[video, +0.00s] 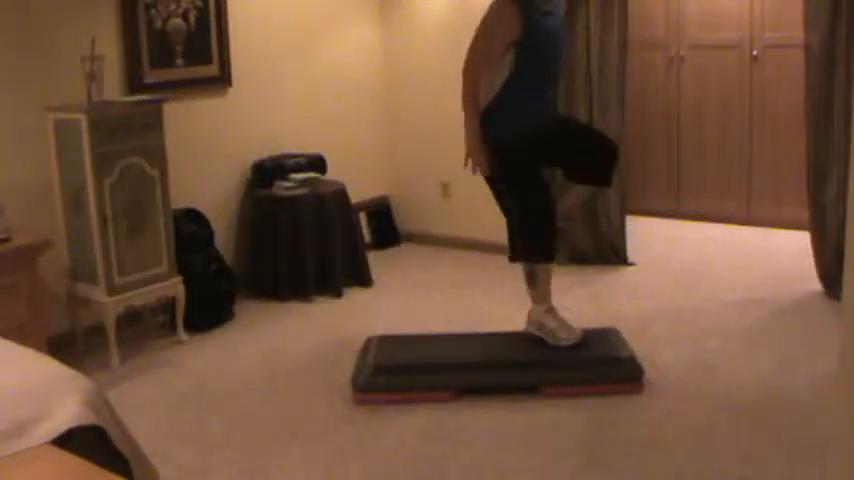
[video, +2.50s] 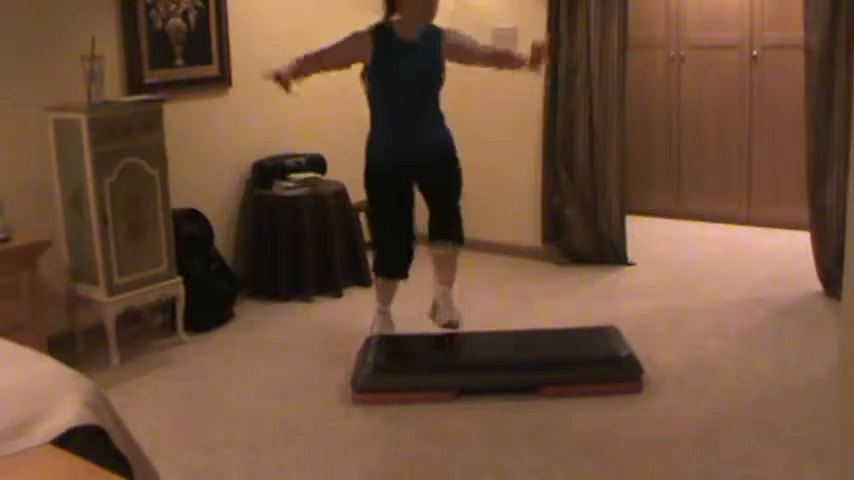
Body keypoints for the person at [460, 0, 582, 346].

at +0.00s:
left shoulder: (555, 10)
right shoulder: (509, 9)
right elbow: (472, 68)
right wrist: (474, 139)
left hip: (539, 122)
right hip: (502, 131)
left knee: (601, 154)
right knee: (536, 209)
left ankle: (557, 213)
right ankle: (541, 312)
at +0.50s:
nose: (533, 6)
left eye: (538, 2)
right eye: (526, 3)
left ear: (546, 2)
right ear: (514, 3)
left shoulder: (567, 28)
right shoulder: (497, 31)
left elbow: (623, 24)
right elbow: (445, 32)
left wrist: (667, 6)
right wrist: (406, 13)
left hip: (551, 142)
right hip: (505, 142)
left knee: (553, 219)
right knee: (526, 212)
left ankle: (550, 304)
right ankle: (535, 306)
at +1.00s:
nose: (452, 10)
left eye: (459, 3)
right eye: (446, 4)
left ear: (473, 6)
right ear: (439, 7)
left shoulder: (494, 44)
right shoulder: (430, 49)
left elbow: (535, 82)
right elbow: (422, 97)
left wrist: (542, 136)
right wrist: (421, 142)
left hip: (496, 158)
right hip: (451, 160)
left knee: (508, 243)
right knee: (454, 241)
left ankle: (538, 293)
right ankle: (465, 313)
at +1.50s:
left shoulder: (448, 24)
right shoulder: (388, 26)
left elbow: (499, 47)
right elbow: (338, 39)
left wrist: (477, 31)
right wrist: (287, 35)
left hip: (450, 148)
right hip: (411, 149)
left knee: (406, 229)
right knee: (423, 228)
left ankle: (413, 319)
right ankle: (456, 295)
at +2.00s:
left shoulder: (434, 12)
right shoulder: (366, 11)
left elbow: (478, 63)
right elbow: (350, 58)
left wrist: (494, 110)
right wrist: (332, 101)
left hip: (429, 134)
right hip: (384, 130)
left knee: (410, 228)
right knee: (349, 201)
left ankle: (414, 318)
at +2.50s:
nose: (433, 5)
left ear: (433, 5)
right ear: (402, 3)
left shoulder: (441, 40)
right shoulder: (371, 41)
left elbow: (484, 55)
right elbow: (323, 59)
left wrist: (524, 60)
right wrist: (291, 72)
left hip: (434, 149)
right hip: (387, 152)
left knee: (447, 226)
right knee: (391, 238)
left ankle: (444, 299)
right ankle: (382, 316)